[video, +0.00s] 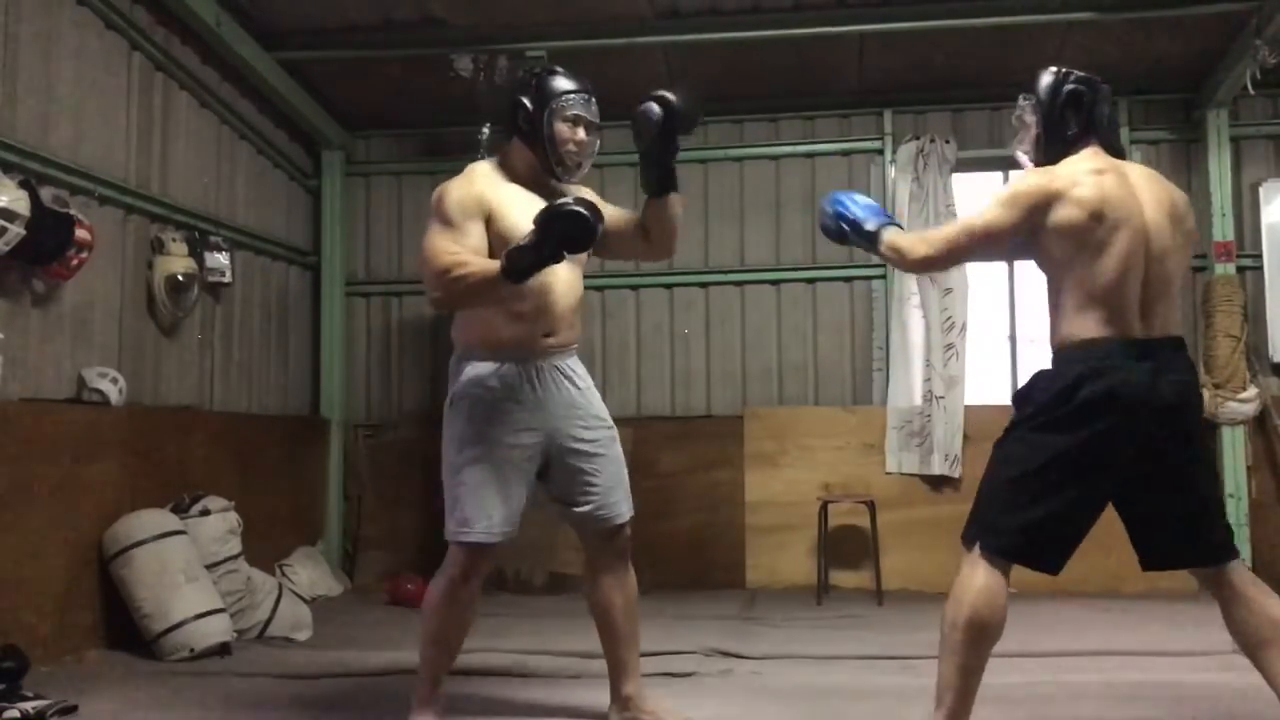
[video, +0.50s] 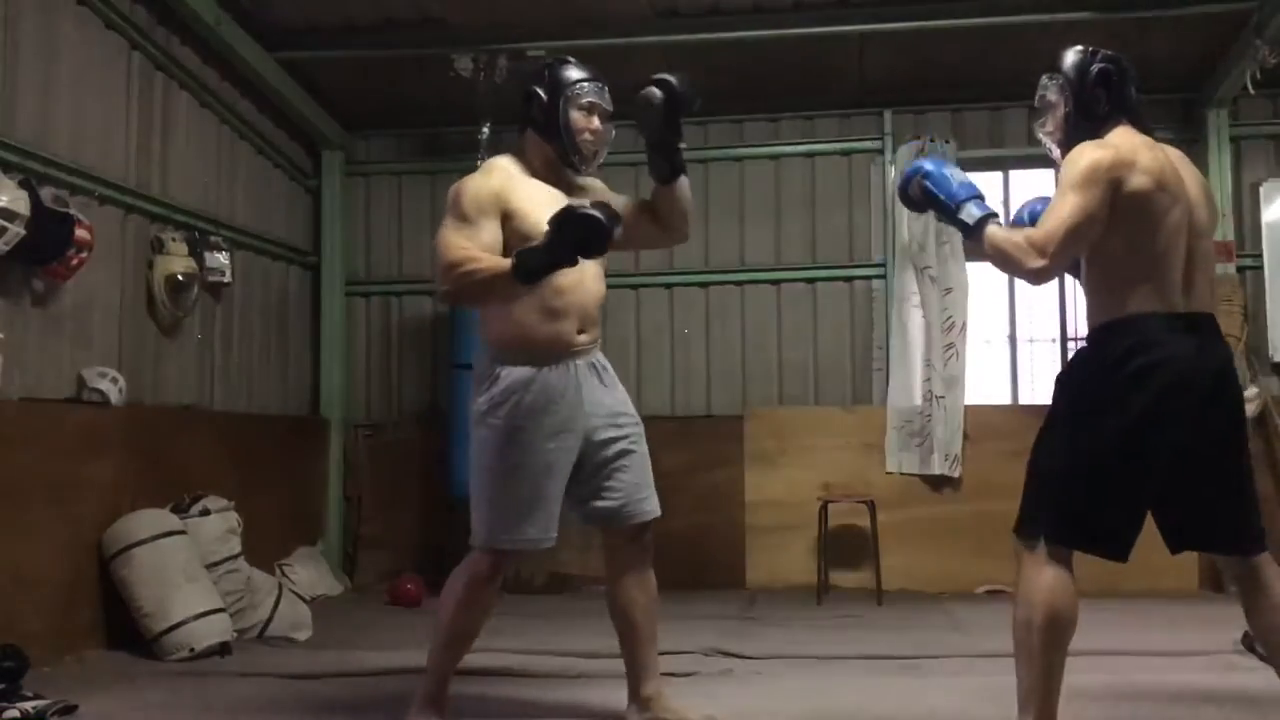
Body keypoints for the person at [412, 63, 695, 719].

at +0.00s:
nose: (584, 137)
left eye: (590, 126)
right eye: (570, 122)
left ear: (592, 133)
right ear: (528, 124)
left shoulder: (576, 203)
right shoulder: (467, 190)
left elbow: (656, 242)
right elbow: (444, 286)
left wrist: (658, 157)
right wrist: (532, 255)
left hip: (568, 380)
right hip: (490, 386)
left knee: (612, 536)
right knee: (471, 555)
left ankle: (629, 697)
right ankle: (426, 703)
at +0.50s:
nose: (599, 126)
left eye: (603, 114)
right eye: (586, 111)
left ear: (603, 123)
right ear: (543, 114)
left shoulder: (591, 196)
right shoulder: (490, 182)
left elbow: (670, 226)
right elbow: (455, 280)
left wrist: (663, 146)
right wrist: (542, 257)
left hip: (594, 378)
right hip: (521, 386)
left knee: (634, 532)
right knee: (494, 557)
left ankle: (646, 696)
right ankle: (430, 699)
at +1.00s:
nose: (592, 130)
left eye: (599, 119)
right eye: (581, 112)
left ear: (595, 130)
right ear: (536, 108)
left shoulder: (577, 206)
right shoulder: (468, 168)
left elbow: (638, 271)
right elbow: (437, 245)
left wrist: (677, 201)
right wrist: (537, 187)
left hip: (556, 381)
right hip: (471, 382)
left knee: (630, 517)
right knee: (465, 547)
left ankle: (600, 681)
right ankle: (394, 704)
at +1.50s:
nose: (590, 117)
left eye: (594, 105)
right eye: (577, 100)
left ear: (588, 115)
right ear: (528, 99)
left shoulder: (566, 202)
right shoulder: (462, 170)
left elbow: (629, 267)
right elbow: (424, 263)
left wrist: (673, 206)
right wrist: (512, 226)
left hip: (559, 374)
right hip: (478, 378)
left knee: (614, 536)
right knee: (457, 559)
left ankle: (640, 704)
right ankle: (400, 706)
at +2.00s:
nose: (599, 122)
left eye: (604, 110)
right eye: (586, 105)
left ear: (600, 119)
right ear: (539, 103)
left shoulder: (574, 202)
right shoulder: (474, 173)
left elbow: (636, 274)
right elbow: (436, 268)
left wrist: (678, 215)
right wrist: (527, 230)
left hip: (569, 385)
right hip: (490, 390)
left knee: (631, 533)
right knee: (460, 564)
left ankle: (641, 703)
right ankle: (401, 708)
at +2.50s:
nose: (560, 134)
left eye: (565, 122)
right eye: (548, 119)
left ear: (564, 130)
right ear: (502, 114)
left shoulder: (572, 200)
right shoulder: (447, 188)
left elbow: (624, 291)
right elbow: (439, 251)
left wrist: (663, 370)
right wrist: (541, 201)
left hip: (625, 318)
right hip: (566, 387)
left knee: (765, 263)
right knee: (592, 555)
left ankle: (929, 261)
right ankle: (567, 711)